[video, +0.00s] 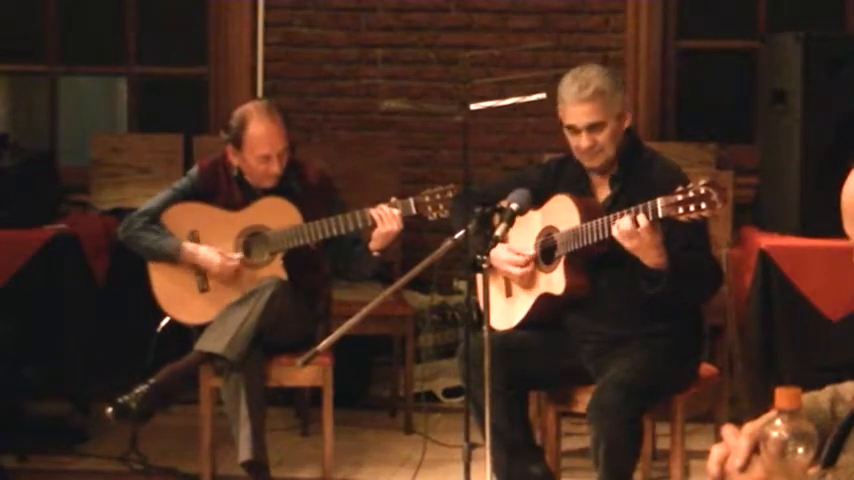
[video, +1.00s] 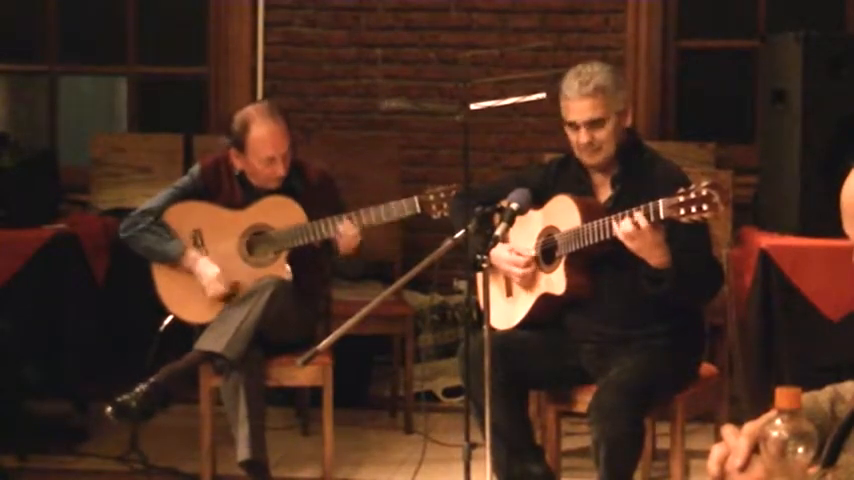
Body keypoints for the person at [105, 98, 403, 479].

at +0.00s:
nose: (276, 168)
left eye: (282, 156)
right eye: (264, 159)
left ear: (289, 145)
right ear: (234, 155)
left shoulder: (308, 184)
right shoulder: (210, 178)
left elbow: (344, 262)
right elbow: (133, 229)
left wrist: (375, 250)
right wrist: (197, 255)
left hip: (296, 315)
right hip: (229, 311)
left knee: (272, 291)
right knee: (244, 350)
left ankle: (167, 381)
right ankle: (255, 468)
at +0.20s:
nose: (276, 167)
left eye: (281, 155)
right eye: (264, 159)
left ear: (289, 143)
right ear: (234, 155)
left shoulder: (310, 183)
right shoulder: (211, 178)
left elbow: (345, 264)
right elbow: (131, 229)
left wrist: (376, 249)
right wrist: (198, 233)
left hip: (297, 314)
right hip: (228, 309)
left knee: (270, 290)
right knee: (243, 351)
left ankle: (167, 380)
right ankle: (255, 468)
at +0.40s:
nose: (277, 166)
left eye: (282, 153)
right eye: (265, 157)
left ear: (289, 143)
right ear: (234, 155)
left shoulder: (309, 183)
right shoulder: (210, 177)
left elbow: (345, 263)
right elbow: (130, 228)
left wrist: (380, 248)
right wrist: (196, 250)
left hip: (296, 316)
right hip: (229, 310)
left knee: (272, 289)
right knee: (244, 352)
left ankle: (166, 380)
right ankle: (255, 468)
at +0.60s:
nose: (276, 166)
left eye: (281, 152)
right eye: (263, 157)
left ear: (288, 141)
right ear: (233, 155)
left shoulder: (309, 183)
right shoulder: (210, 178)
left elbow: (349, 258)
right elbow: (132, 230)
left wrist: (392, 245)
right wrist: (199, 244)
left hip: (296, 315)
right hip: (229, 309)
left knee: (270, 288)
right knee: (244, 351)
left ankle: (167, 381)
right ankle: (254, 466)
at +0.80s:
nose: (278, 168)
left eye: (282, 155)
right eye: (266, 161)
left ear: (288, 144)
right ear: (235, 158)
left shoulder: (311, 183)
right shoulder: (211, 177)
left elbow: (347, 262)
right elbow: (130, 228)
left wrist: (370, 250)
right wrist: (196, 252)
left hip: (296, 315)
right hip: (230, 310)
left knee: (273, 289)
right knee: (245, 353)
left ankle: (171, 378)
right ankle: (255, 468)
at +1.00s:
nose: (280, 169)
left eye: (284, 157)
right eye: (269, 162)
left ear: (290, 145)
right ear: (238, 157)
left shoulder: (313, 183)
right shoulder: (213, 176)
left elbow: (343, 269)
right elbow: (134, 227)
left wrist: (347, 252)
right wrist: (195, 262)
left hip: (297, 315)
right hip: (228, 312)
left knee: (271, 289)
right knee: (245, 357)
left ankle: (165, 380)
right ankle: (255, 468)